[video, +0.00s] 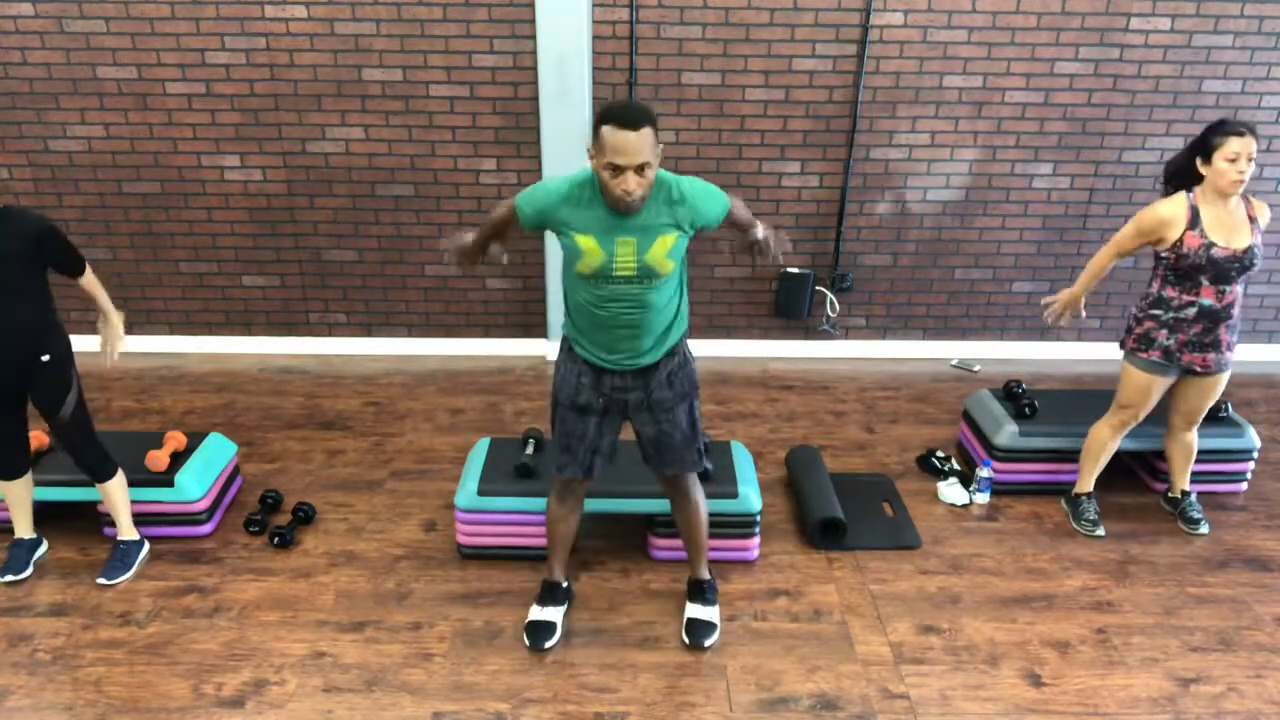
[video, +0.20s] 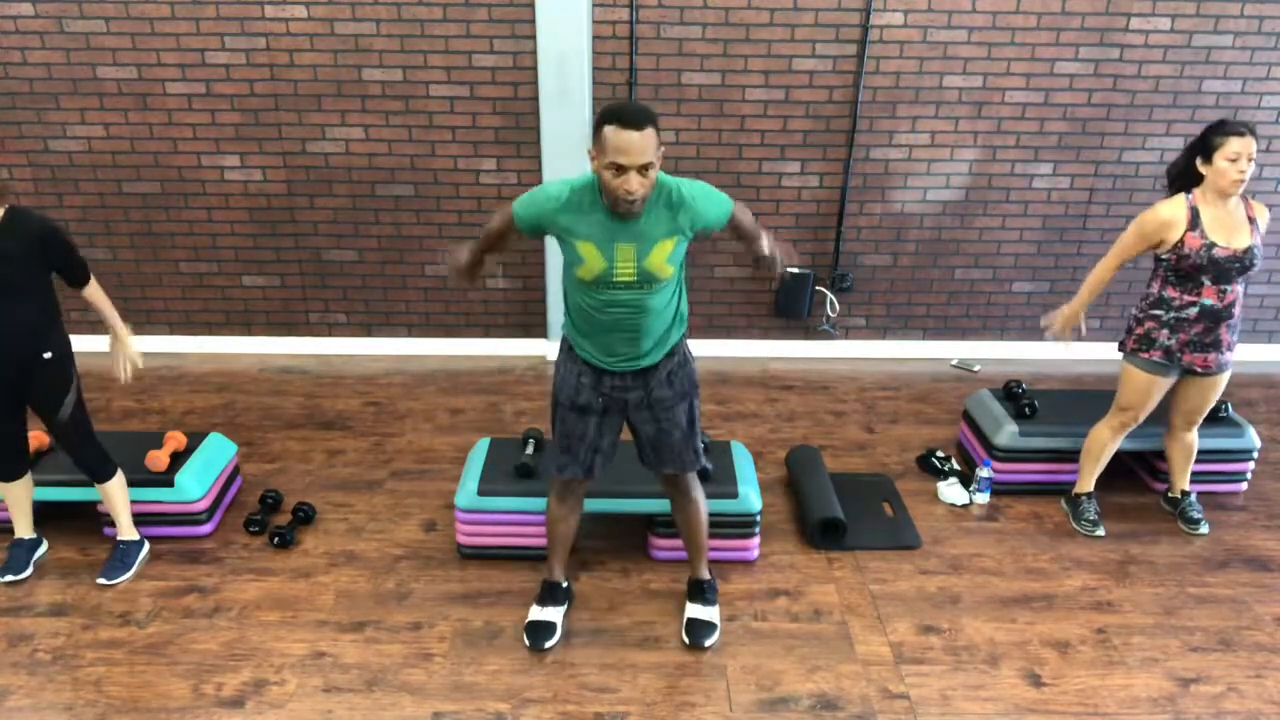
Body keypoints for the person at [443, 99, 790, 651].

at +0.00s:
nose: (629, 183)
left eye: (641, 169)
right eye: (614, 169)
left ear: (659, 156)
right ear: (594, 158)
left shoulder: (687, 197)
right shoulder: (559, 199)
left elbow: (735, 214)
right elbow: (507, 217)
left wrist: (759, 232)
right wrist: (477, 243)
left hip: (662, 367)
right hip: (585, 366)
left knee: (680, 477)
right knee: (568, 479)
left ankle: (701, 584)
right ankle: (555, 585)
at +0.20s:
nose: (632, 184)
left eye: (645, 169)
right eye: (617, 169)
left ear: (660, 161)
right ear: (594, 160)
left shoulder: (686, 202)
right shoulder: (558, 204)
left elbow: (734, 217)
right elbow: (506, 224)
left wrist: (762, 242)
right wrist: (475, 255)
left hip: (662, 369)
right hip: (585, 368)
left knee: (679, 477)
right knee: (568, 481)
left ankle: (701, 582)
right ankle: (554, 585)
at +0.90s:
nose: (625, 435)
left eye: (636, 422)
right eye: (613, 423)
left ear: (652, 399)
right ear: (594, 404)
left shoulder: (682, 422)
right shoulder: (565, 429)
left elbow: (702, 504)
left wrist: (690, 514)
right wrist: (564, 520)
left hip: (659, 464)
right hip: (587, 464)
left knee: (701, 532)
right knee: (544, 537)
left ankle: (702, 588)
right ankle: (554, 591)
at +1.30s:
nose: (623, 318)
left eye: (636, 303)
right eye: (611, 303)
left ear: (652, 289)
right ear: (593, 288)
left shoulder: (678, 325)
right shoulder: (563, 328)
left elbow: (717, 421)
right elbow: (521, 420)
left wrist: (733, 508)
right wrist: (518, 512)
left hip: (658, 407)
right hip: (582, 409)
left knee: (691, 509)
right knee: (554, 511)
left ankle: (702, 586)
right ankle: (554, 587)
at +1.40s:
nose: (622, 261)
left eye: (633, 246)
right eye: (609, 247)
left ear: (651, 233)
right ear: (589, 235)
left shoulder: (677, 273)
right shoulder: (561, 278)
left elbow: (724, 375)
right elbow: (514, 374)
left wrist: (757, 474)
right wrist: (497, 479)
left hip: (659, 379)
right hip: (584, 380)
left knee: (685, 494)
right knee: (556, 497)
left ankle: (702, 586)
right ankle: (555, 588)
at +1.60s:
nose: (622, 204)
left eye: (634, 190)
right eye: (608, 191)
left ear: (651, 173)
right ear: (588, 175)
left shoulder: (680, 217)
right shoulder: (558, 219)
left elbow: (736, 292)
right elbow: (504, 297)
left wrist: (768, 371)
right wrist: (472, 382)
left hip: (661, 363)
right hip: (583, 363)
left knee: (681, 476)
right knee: (565, 480)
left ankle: (701, 584)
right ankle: (554, 587)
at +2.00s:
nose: (626, 199)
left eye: (639, 185)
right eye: (613, 185)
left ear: (656, 163)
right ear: (591, 165)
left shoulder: (688, 198)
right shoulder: (558, 205)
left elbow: (728, 220)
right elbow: (509, 235)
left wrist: (756, 252)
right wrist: (473, 275)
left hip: (665, 369)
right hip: (587, 370)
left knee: (681, 478)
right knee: (569, 482)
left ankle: (701, 584)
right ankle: (555, 586)